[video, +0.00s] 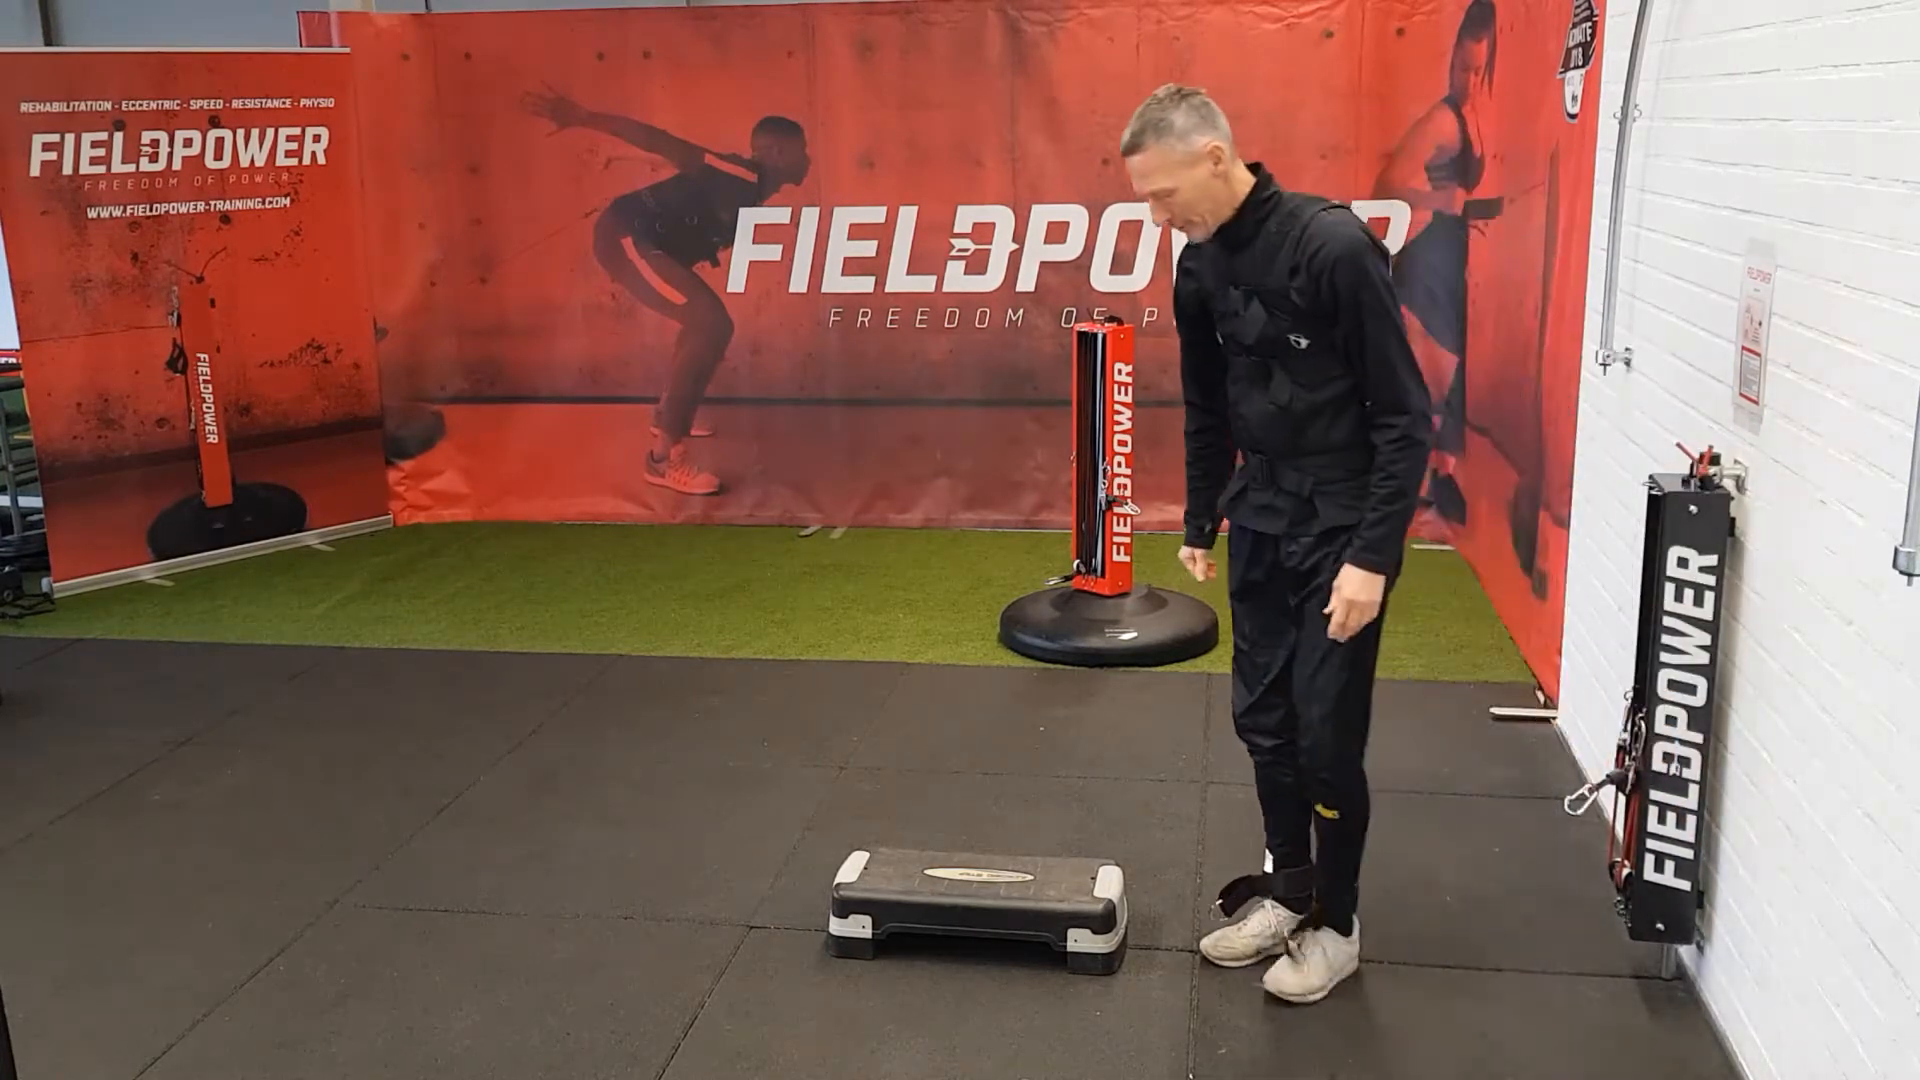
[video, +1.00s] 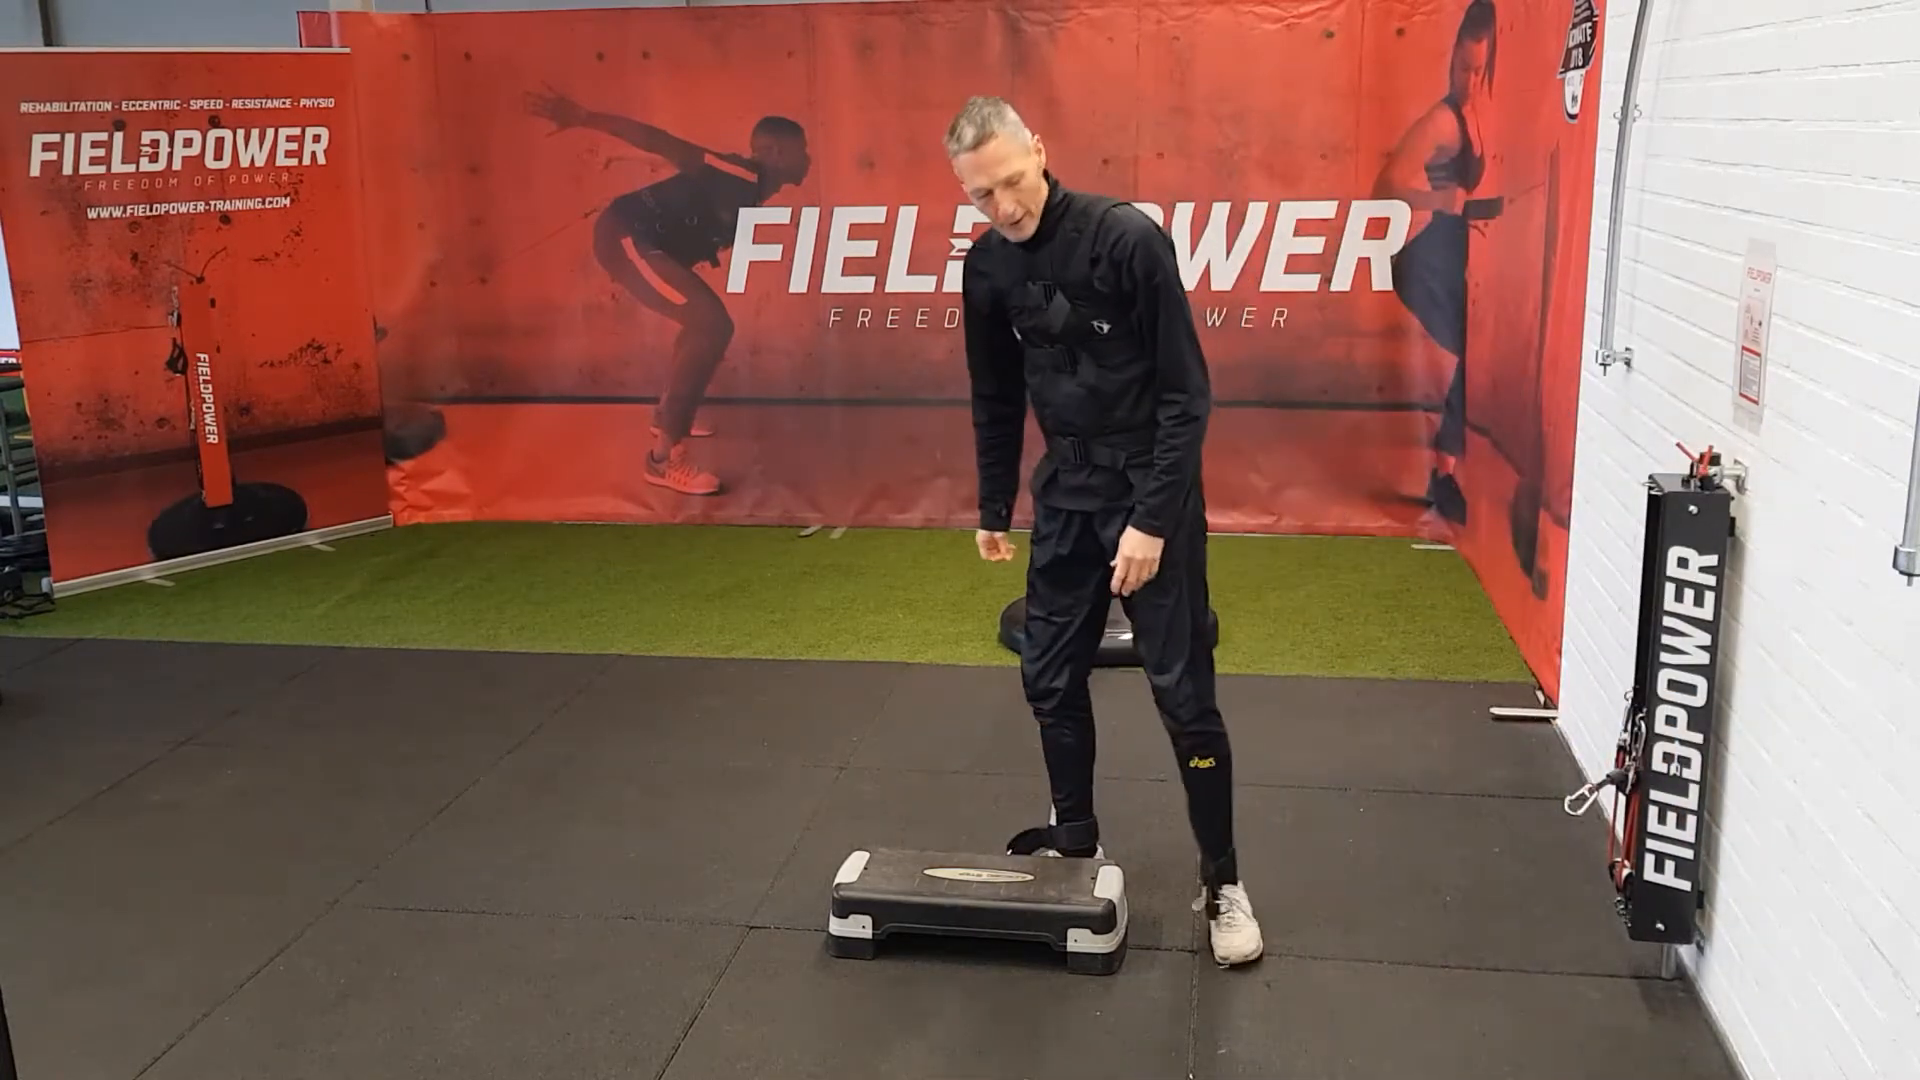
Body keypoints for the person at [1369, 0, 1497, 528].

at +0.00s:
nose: (1468, 73)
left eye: (1476, 63)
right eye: (1464, 60)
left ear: (1487, 63)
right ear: (1453, 56)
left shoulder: (1473, 120)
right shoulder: (1442, 120)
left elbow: (1449, 190)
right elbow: (1392, 180)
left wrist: (1484, 206)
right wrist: (1446, 199)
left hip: (1450, 250)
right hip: (1427, 253)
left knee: (1441, 368)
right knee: (1438, 368)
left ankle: (1433, 472)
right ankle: (1433, 477)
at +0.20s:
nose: (1467, 76)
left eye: (1475, 67)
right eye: (1461, 65)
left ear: (1488, 68)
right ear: (1448, 63)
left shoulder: (1472, 120)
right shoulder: (1442, 121)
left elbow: (1446, 189)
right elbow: (1393, 181)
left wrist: (1479, 205)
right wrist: (1445, 199)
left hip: (1448, 251)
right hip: (1427, 253)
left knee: (1450, 366)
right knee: (1436, 367)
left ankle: (1445, 473)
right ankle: (1421, 487)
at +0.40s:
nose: (1467, 74)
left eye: (1476, 64)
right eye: (1461, 63)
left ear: (1488, 65)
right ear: (1449, 61)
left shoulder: (1473, 119)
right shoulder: (1443, 119)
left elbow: (1447, 192)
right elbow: (1392, 181)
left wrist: (1487, 203)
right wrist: (1444, 198)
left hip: (1449, 251)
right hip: (1428, 254)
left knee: (1451, 366)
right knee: (1438, 369)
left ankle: (1447, 473)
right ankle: (1430, 487)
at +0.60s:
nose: (1469, 75)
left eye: (1477, 65)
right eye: (1463, 63)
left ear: (1488, 65)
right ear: (1449, 61)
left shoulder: (1471, 119)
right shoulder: (1443, 119)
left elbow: (1444, 193)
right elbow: (1391, 180)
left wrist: (1486, 204)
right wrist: (1444, 198)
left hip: (1447, 254)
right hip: (1426, 256)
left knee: (1449, 365)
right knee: (1437, 367)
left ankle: (1446, 473)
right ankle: (1432, 483)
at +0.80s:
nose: (1469, 75)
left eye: (1477, 66)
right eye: (1462, 63)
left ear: (1488, 67)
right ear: (1449, 62)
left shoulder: (1471, 120)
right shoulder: (1443, 119)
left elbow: (1443, 193)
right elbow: (1392, 179)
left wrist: (1485, 205)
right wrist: (1443, 198)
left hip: (1447, 254)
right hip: (1426, 256)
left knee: (1449, 364)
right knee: (1439, 366)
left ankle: (1445, 473)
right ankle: (1435, 478)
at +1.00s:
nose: (1471, 75)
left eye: (1479, 66)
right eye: (1465, 63)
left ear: (1488, 68)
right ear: (1451, 62)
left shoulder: (1468, 121)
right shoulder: (1443, 120)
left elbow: (1440, 192)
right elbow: (1392, 180)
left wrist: (1477, 207)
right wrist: (1445, 199)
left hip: (1446, 253)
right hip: (1426, 255)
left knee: (1449, 363)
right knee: (1439, 364)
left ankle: (1444, 472)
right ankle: (1433, 476)